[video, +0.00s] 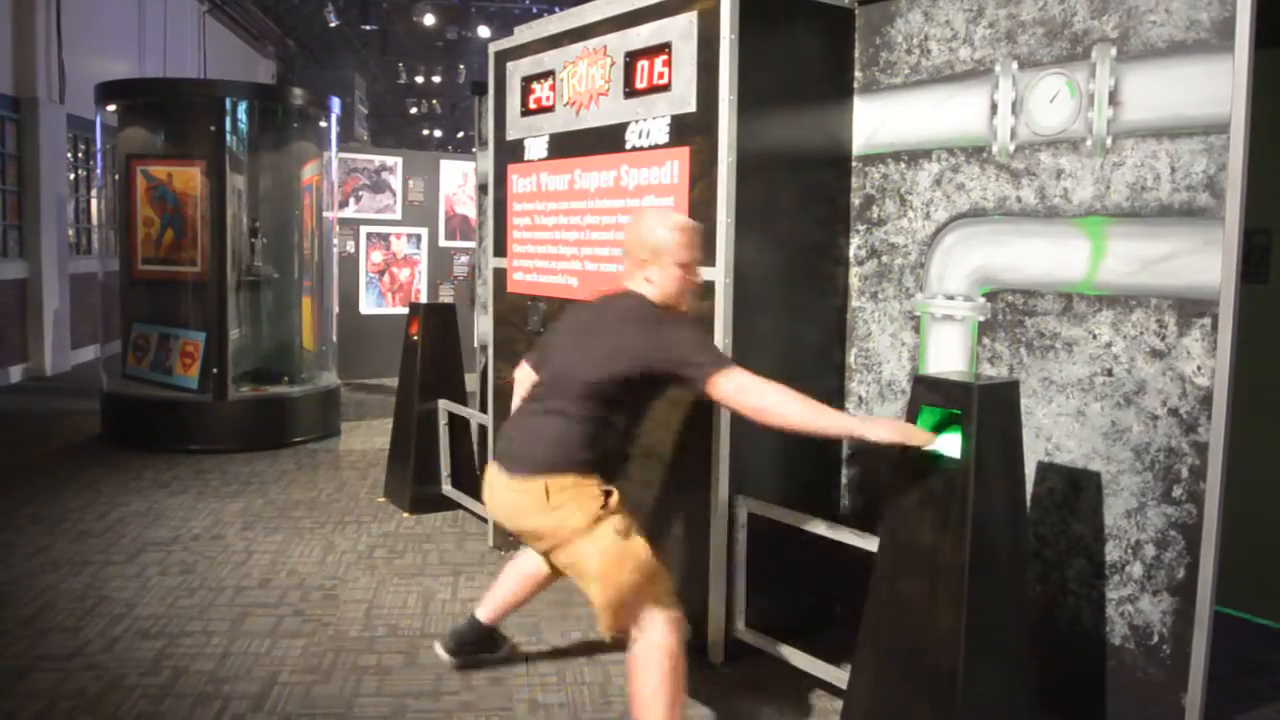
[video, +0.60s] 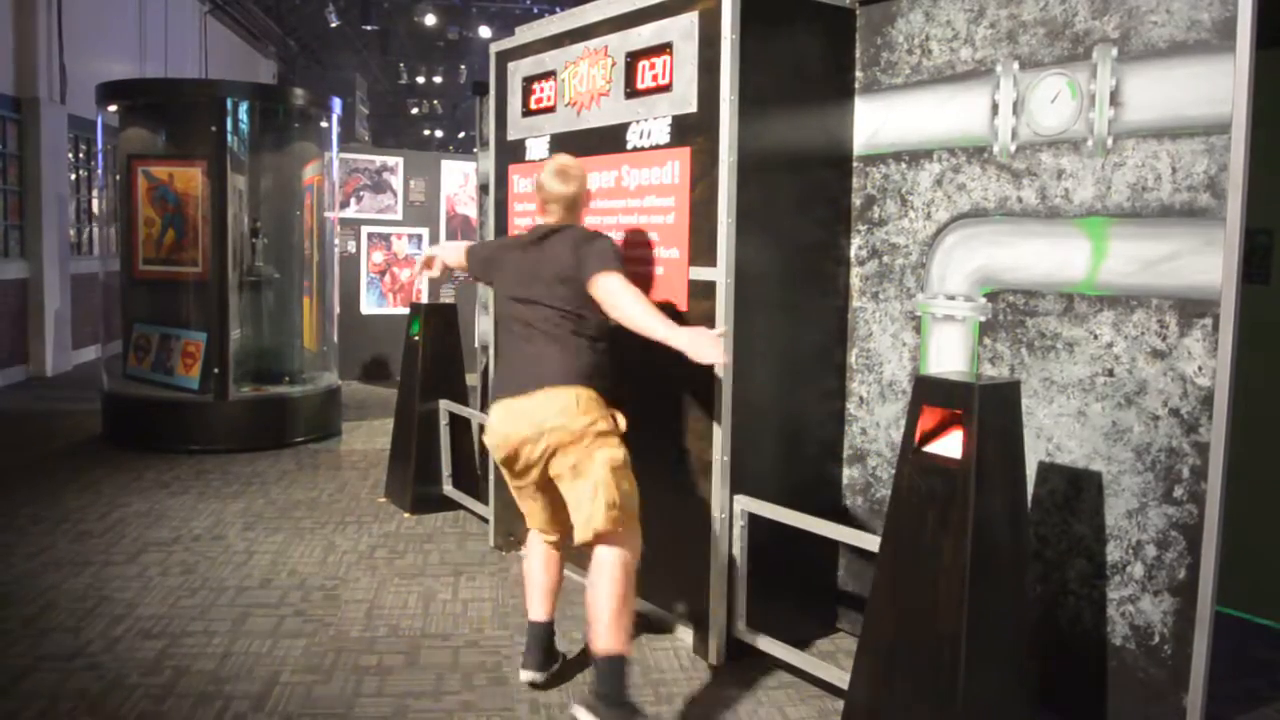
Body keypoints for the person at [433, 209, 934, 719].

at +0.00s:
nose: (699, 277)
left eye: (698, 264)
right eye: (689, 264)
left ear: (642, 266)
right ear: (647, 266)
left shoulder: (584, 312)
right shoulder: (669, 333)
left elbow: (523, 383)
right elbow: (760, 400)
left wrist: (531, 457)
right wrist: (868, 426)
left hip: (505, 479)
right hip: (561, 490)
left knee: (555, 543)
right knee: (658, 618)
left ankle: (473, 631)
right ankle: (661, 718)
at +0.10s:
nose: (767, 331)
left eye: (765, 318)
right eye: (759, 318)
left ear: (701, 315)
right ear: (721, 319)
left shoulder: (635, 338)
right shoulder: (717, 386)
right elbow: (817, 445)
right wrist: (926, 449)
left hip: (516, 484)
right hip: (562, 503)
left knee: (605, 554)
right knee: (693, 615)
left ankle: (520, 675)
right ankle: (672, 718)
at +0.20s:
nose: (803, 376)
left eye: (804, 363)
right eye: (798, 363)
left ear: (741, 349)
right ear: (757, 361)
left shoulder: (669, 343)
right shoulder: (736, 408)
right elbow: (820, 473)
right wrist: (925, 458)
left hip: (524, 483)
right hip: (575, 497)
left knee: (610, 552)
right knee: (703, 616)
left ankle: (534, 669)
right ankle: (673, 715)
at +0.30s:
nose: (789, 340)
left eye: (788, 327)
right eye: (786, 328)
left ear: (722, 317)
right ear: (759, 329)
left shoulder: (653, 333)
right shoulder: (731, 385)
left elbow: (567, 345)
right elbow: (817, 447)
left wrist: (505, 357)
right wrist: (923, 453)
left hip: (525, 485)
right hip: (581, 499)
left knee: (602, 531)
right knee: (709, 616)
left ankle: (522, 644)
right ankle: (677, 715)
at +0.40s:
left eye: (673, 250)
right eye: (710, 262)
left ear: (656, 265)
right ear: (710, 274)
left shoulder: (605, 309)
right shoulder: (706, 333)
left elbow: (528, 329)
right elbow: (783, 382)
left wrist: (477, 334)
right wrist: (883, 420)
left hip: (520, 480)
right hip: (587, 490)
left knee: (579, 502)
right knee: (699, 609)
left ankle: (531, 620)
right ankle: (676, 717)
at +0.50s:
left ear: (588, 223)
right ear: (637, 223)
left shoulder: (549, 273)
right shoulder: (644, 276)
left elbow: (487, 290)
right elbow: (687, 334)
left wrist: (453, 299)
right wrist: (771, 376)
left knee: (552, 514)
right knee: (640, 585)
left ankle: (538, 644)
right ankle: (661, 710)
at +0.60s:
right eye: (584, 195)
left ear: (538, 201)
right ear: (584, 200)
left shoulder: (505, 252)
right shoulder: (588, 246)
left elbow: (454, 255)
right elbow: (614, 297)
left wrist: (436, 257)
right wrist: (682, 338)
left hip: (506, 415)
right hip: (571, 406)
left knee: (543, 530)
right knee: (615, 535)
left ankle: (538, 656)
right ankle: (607, 693)